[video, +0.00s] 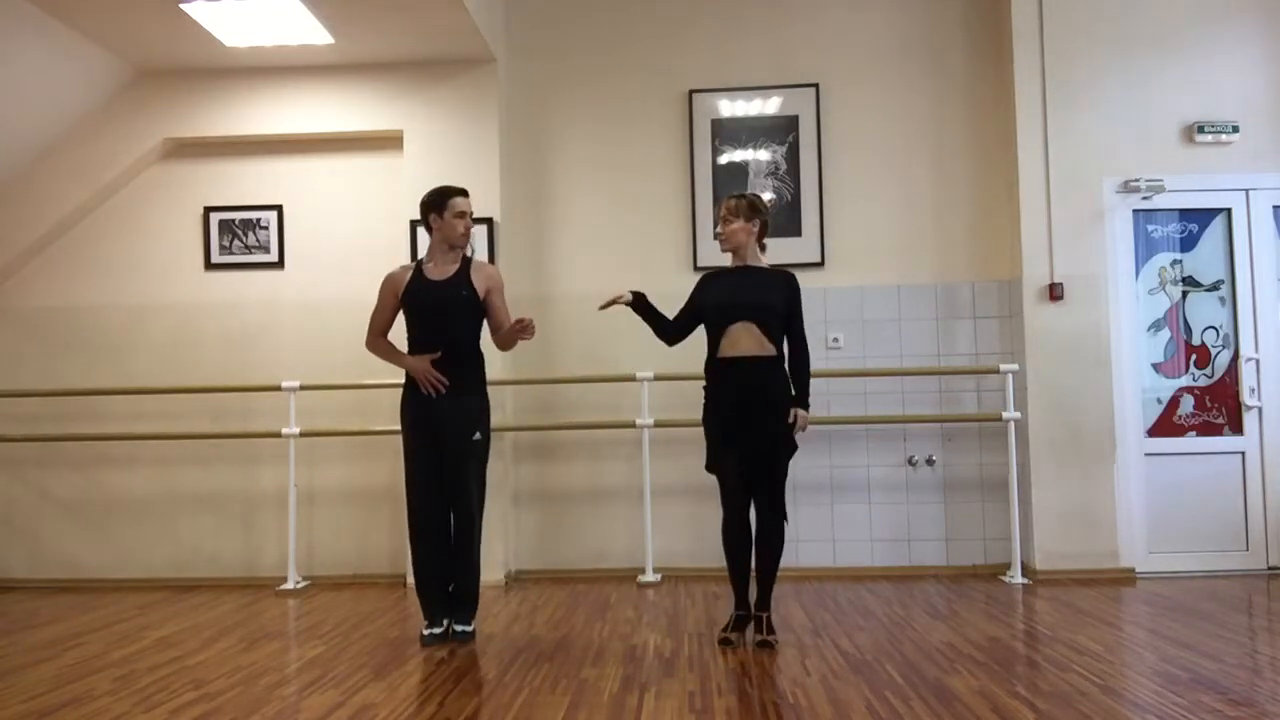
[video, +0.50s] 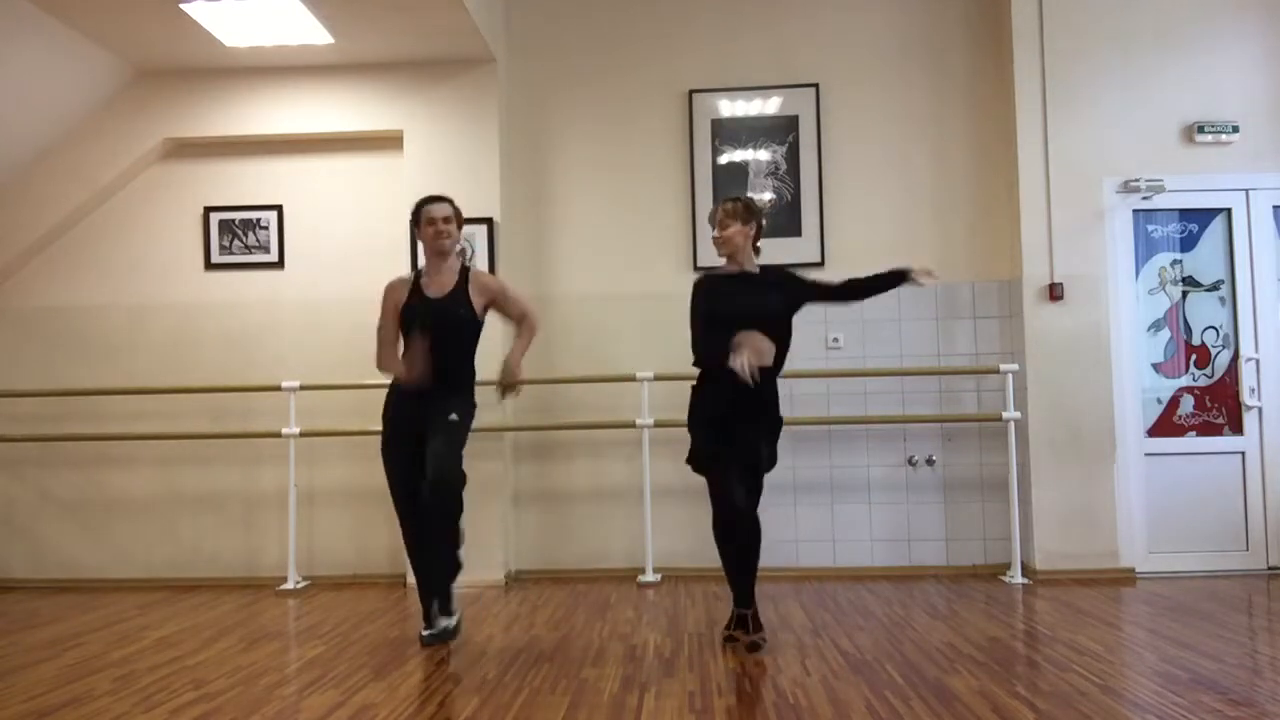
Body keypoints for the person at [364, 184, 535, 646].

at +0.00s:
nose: (468, 224)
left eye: (470, 216)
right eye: (459, 216)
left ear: (469, 222)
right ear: (433, 221)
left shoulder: (484, 274)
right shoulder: (400, 281)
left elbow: (502, 339)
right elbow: (374, 339)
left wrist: (516, 331)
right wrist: (407, 362)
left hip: (467, 402)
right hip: (421, 405)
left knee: (465, 510)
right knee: (426, 511)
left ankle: (462, 614)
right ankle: (435, 615)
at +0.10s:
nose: (467, 223)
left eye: (469, 216)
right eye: (458, 216)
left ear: (468, 222)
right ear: (433, 221)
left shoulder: (484, 275)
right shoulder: (400, 281)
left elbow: (501, 339)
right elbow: (372, 339)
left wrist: (517, 332)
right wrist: (407, 362)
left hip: (467, 402)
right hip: (420, 405)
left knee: (465, 510)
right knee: (426, 510)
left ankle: (462, 614)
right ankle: (435, 615)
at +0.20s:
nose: (467, 222)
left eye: (469, 215)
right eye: (458, 215)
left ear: (467, 222)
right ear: (432, 221)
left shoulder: (483, 276)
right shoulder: (399, 280)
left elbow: (502, 341)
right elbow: (369, 339)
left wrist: (517, 338)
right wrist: (406, 361)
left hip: (466, 403)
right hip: (419, 406)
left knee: (464, 509)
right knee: (425, 510)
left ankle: (462, 614)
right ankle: (435, 615)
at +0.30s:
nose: (467, 220)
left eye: (468, 213)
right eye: (458, 213)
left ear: (464, 219)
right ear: (431, 218)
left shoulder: (481, 273)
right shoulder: (397, 275)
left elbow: (510, 319)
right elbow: (365, 334)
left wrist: (519, 339)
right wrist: (404, 341)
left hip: (464, 402)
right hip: (416, 405)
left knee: (463, 507)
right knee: (423, 508)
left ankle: (461, 614)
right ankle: (434, 615)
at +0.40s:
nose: (459, 218)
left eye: (462, 211)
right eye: (449, 212)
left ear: (465, 217)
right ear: (424, 219)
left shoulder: (479, 270)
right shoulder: (397, 272)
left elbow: (529, 307)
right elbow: (365, 335)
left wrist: (522, 343)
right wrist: (403, 312)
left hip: (457, 398)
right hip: (409, 399)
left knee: (451, 500)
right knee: (417, 506)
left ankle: (459, 598)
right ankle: (434, 610)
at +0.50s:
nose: (440, 229)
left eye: (447, 221)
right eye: (431, 223)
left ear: (459, 230)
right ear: (417, 233)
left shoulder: (482, 285)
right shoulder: (399, 291)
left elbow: (527, 320)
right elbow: (385, 358)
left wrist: (514, 360)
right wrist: (405, 369)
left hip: (452, 403)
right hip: (405, 404)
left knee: (440, 481)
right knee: (410, 506)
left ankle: (443, 592)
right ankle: (432, 608)